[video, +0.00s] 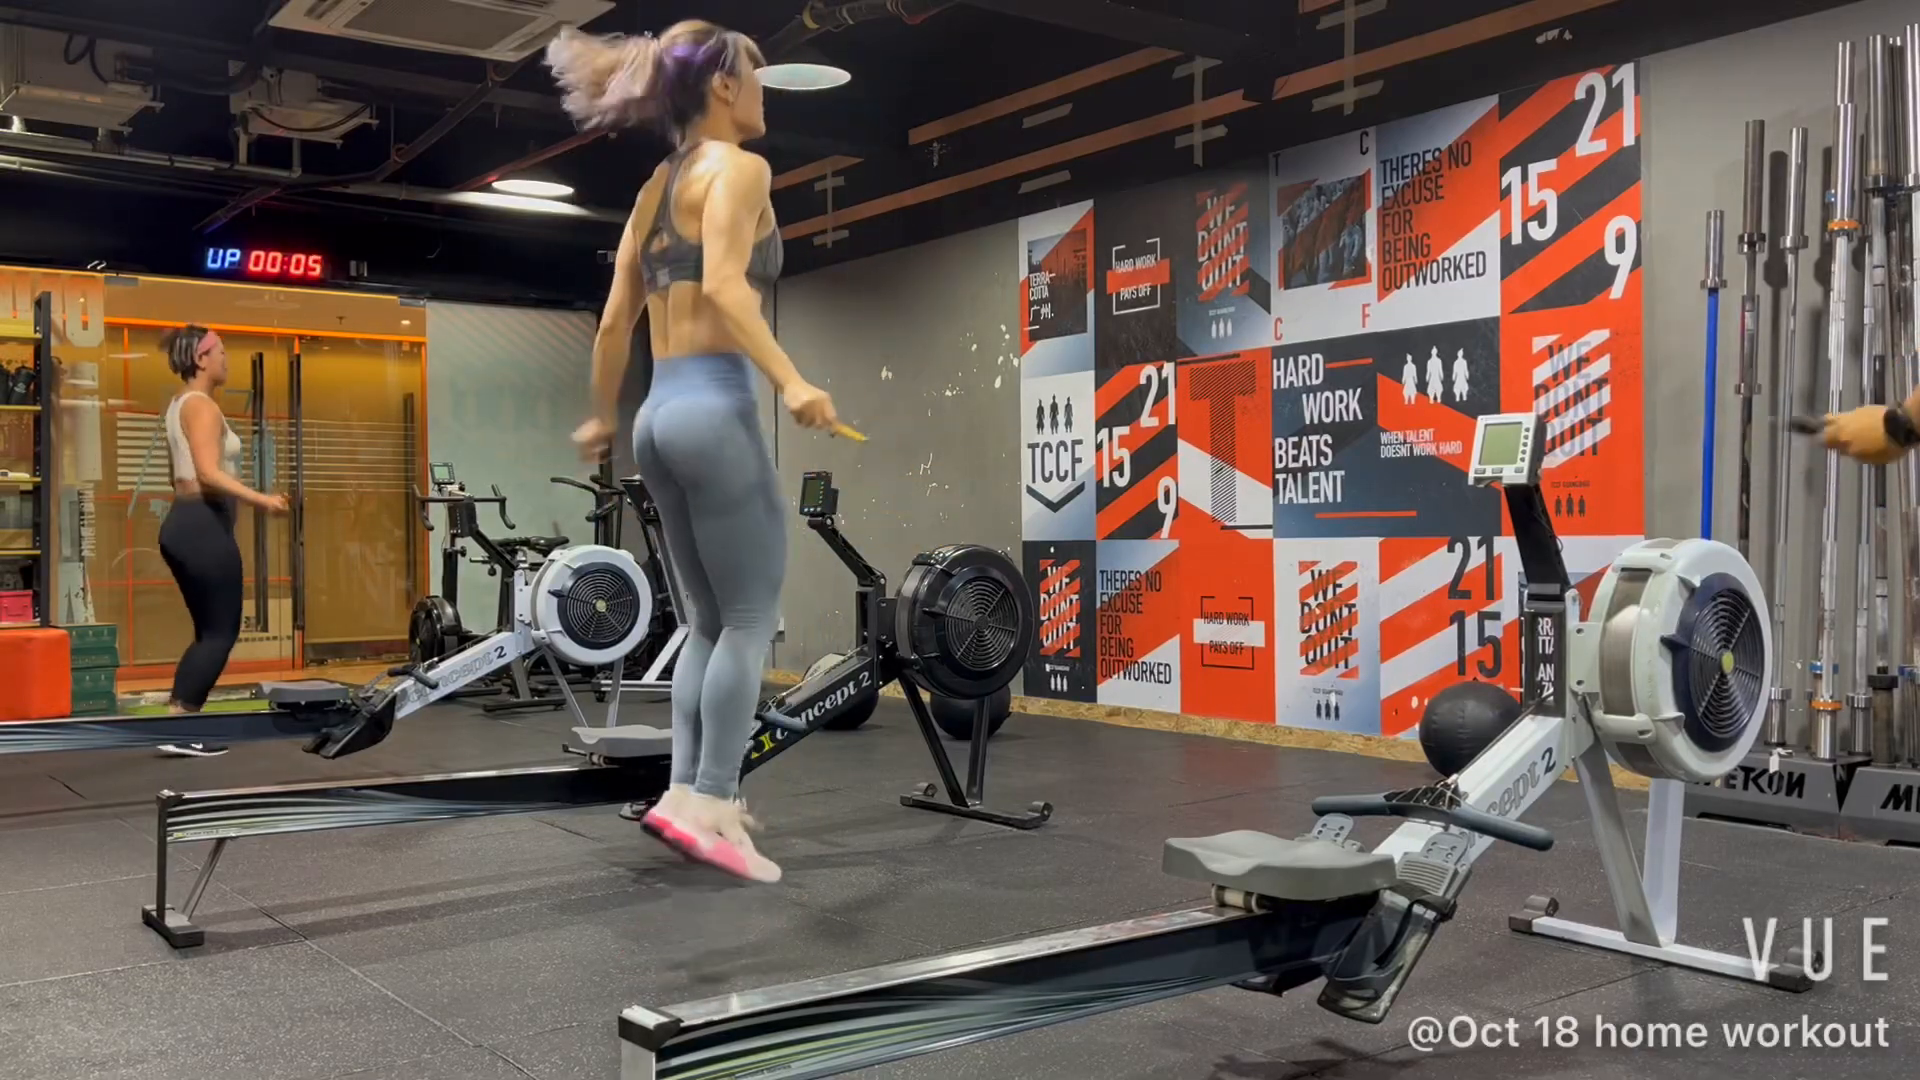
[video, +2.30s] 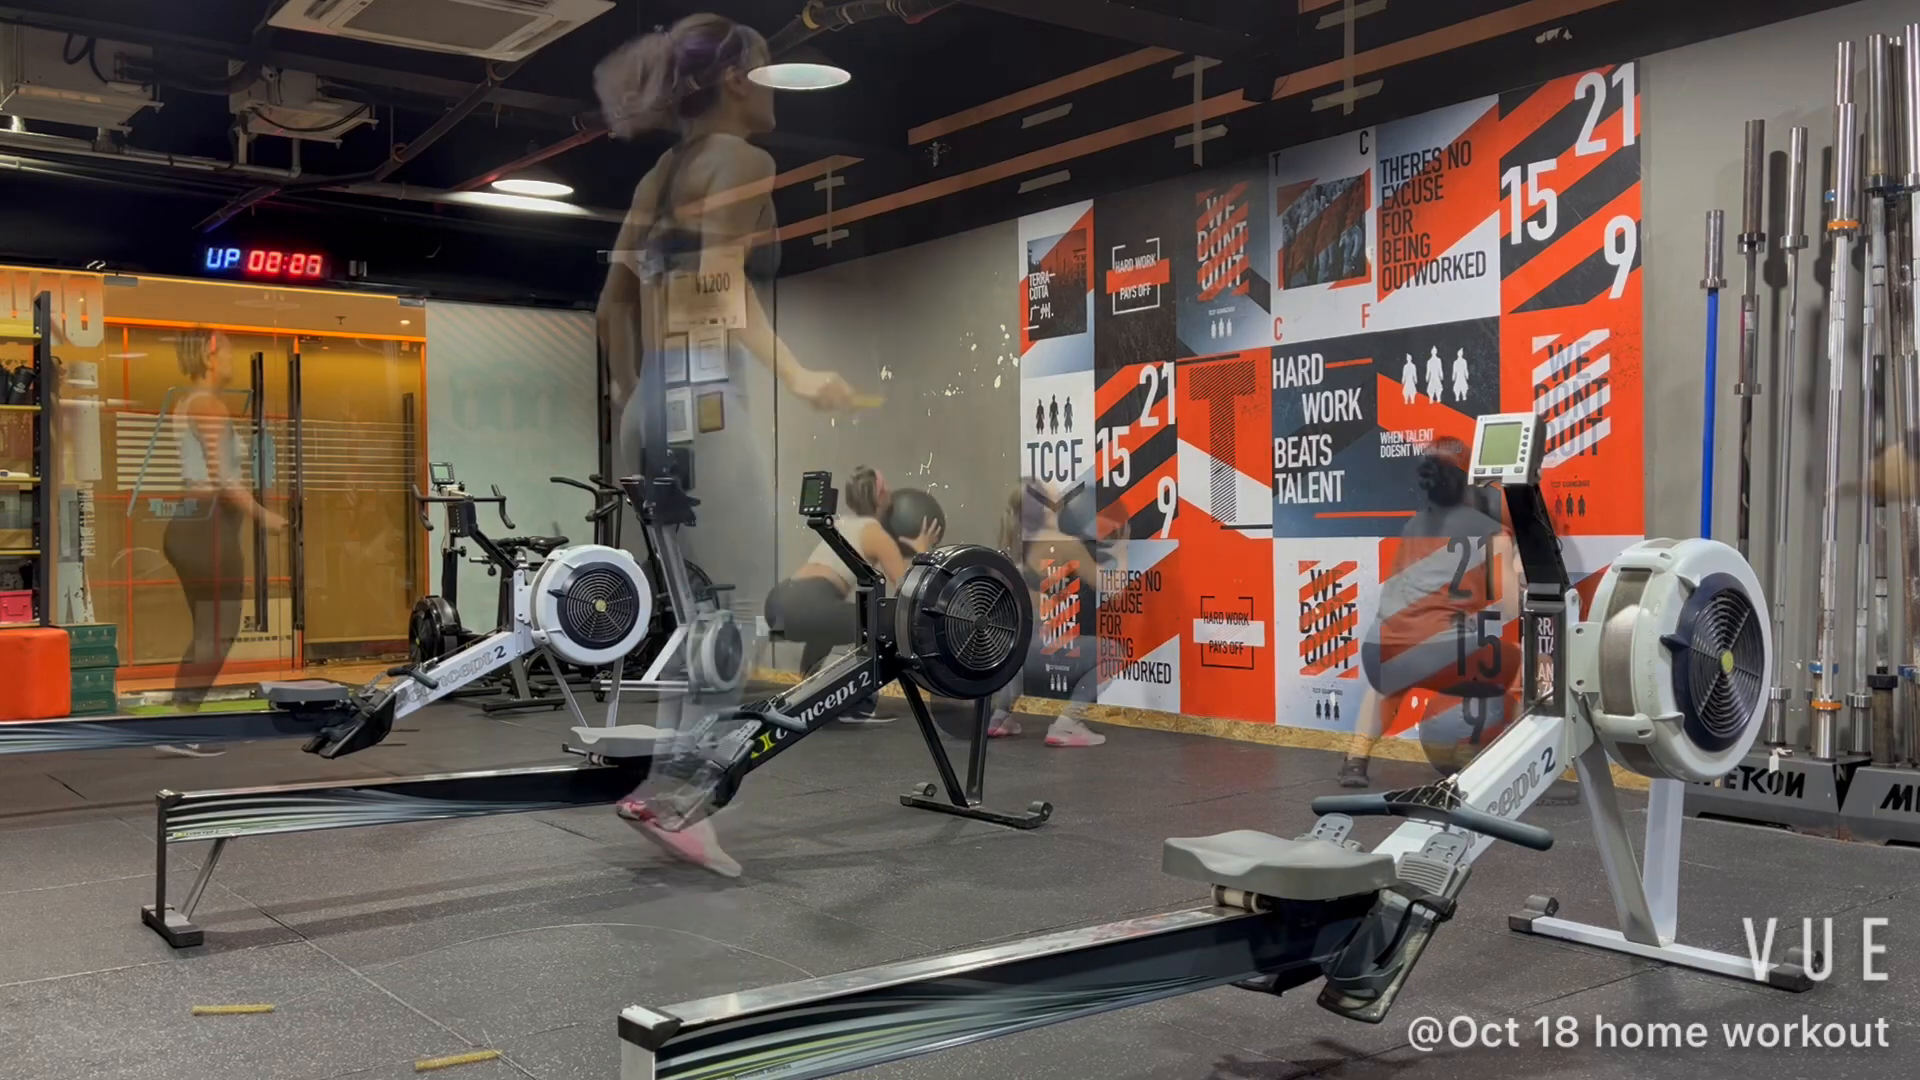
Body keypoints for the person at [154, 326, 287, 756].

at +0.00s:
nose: (226, 360)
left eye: (223, 352)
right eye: (221, 352)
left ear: (196, 359)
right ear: (204, 357)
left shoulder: (181, 406)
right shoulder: (201, 406)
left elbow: (195, 476)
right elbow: (210, 474)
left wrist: (244, 497)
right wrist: (262, 498)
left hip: (185, 523)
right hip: (202, 524)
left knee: (210, 631)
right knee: (221, 632)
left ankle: (178, 717)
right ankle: (181, 719)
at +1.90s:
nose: (232, 361)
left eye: (228, 353)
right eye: (226, 355)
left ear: (200, 362)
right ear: (207, 361)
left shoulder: (185, 406)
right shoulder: (208, 409)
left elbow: (208, 477)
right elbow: (217, 479)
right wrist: (266, 505)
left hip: (191, 526)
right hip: (208, 528)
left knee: (213, 632)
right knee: (225, 633)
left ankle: (180, 716)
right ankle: (183, 718)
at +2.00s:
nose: (229, 339)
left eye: (224, 331)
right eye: (223, 332)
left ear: (197, 343)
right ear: (207, 340)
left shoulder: (184, 388)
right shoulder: (208, 388)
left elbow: (199, 455)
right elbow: (217, 455)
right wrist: (246, 496)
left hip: (192, 504)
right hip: (210, 504)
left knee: (206, 610)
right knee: (216, 610)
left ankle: (189, 706)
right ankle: (192, 708)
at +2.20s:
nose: (230, 351)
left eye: (226, 342)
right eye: (225, 342)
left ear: (200, 348)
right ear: (209, 347)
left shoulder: (187, 397)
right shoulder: (208, 396)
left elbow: (200, 469)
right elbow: (213, 469)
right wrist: (261, 493)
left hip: (189, 521)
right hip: (210, 522)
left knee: (209, 625)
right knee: (221, 626)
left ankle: (181, 720)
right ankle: (184, 723)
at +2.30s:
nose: (232, 359)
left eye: (229, 350)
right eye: (226, 350)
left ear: (202, 354)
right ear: (210, 354)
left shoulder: (188, 403)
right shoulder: (210, 405)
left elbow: (200, 478)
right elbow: (219, 476)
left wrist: (243, 505)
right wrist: (262, 513)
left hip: (190, 527)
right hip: (210, 528)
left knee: (208, 632)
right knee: (220, 633)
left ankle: (179, 719)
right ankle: (182, 721)